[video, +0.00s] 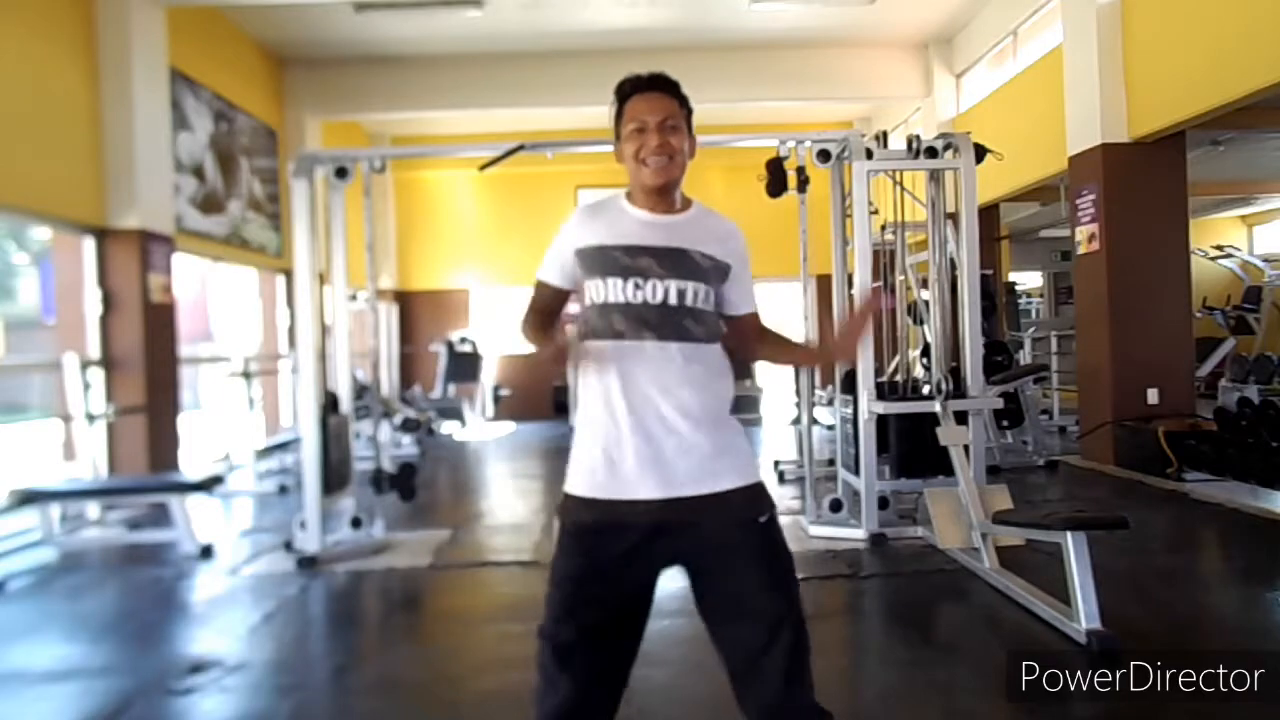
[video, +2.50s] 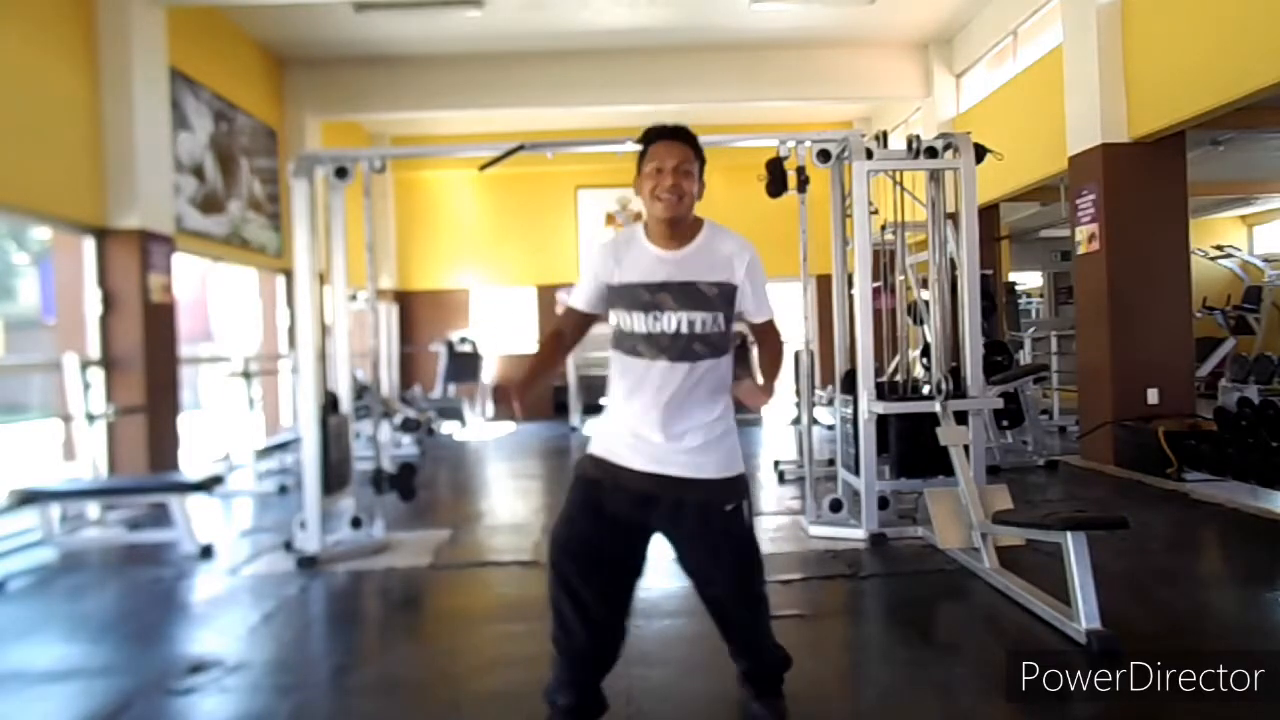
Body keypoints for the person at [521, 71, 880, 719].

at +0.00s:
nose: (657, 139)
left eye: (671, 127)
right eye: (639, 130)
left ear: (691, 144)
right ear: (619, 150)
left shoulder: (722, 236)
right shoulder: (586, 227)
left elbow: (746, 338)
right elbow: (538, 318)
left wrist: (823, 354)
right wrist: (549, 339)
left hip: (720, 486)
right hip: (606, 488)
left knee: (778, 679)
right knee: (571, 686)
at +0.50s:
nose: (666, 156)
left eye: (676, 141)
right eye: (646, 147)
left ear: (696, 152)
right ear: (623, 169)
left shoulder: (735, 239)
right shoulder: (594, 243)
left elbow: (776, 327)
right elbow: (535, 329)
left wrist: (799, 379)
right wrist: (474, 393)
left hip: (715, 496)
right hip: (603, 498)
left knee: (786, 671)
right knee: (561, 686)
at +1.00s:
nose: (668, 132)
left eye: (683, 120)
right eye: (651, 123)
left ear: (704, 142)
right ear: (630, 148)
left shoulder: (738, 223)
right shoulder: (595, 235)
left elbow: (762, 328)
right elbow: (552, 334)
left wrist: (783, 324)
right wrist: (490, 352)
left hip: (731, 497)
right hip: (611, 494)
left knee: (774, 696)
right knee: (546, 686)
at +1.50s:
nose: (677, 135)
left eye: (692, 121)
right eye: (661, 122)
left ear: (714, 136)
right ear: (640, 138)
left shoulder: (742, 229)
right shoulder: (597, 214)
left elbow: (759, 326)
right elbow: (557, 296)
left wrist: (819, 353)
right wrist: (562, 326)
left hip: (729, 483)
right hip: (614, 488)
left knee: (787, 675)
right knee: (555, 679)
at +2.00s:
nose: (674, 212)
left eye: (691, 200)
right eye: (663, 196)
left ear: (713, 187)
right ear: (643, 175)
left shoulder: (732, 248)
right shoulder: (602, 234)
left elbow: (763, 335)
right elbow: (552, 311)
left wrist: (810, 404)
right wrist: (530, 374)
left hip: (709, 468)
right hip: (610, 469)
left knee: (761, 628)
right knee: (589, 637)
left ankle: (773, 708)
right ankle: (573, 711)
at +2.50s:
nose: (670, 182)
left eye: (682, 171)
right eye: (657, 170)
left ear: (701, 182)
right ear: (638, 183)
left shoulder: (734, 255)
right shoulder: (612, 256)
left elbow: (766, 334)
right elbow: (568, 329)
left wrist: (765, 385)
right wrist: (524, 380)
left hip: (706, 457)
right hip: (620, 449)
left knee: (735, 586)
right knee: (576, 561)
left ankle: (765, 685)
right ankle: (575, 698)